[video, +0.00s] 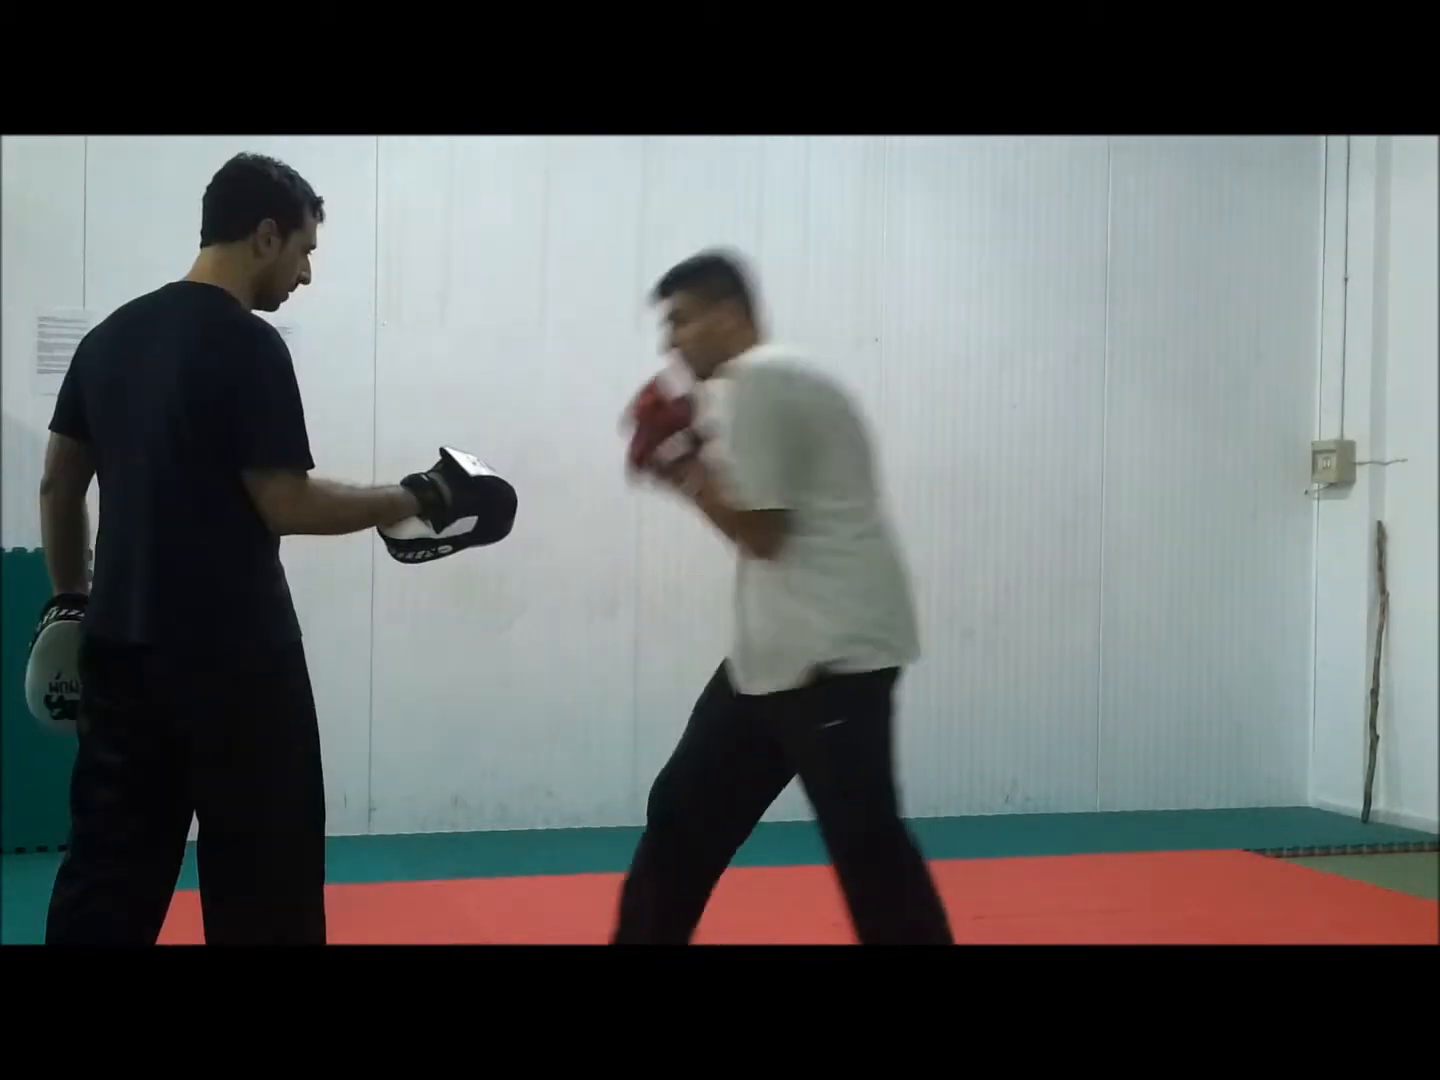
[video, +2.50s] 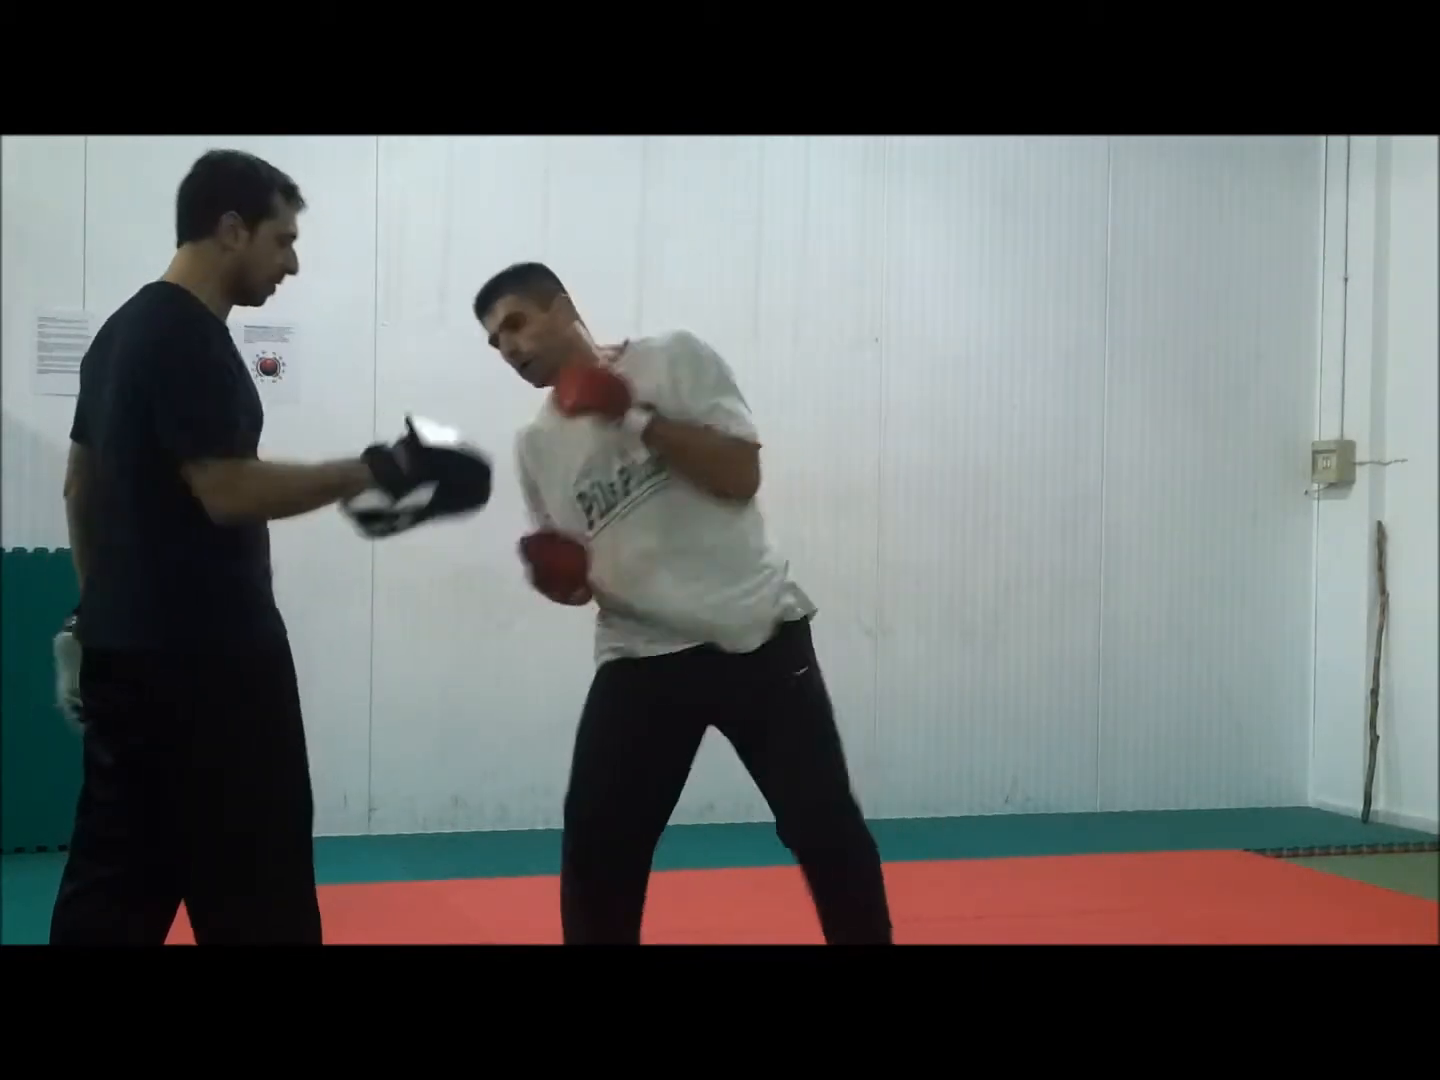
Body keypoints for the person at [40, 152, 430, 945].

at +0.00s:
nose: (306, 272)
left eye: (311, 252)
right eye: (306, 249)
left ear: (216, 233)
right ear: (266, 235)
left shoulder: (110, 337)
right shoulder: (251, 345)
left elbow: (61, 487)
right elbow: (286, 502)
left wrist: (68, 607)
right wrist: (410, 499)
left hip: (122, 654)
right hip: (239, 657)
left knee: (106, 882)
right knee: (267, 888)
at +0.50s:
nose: (279, 254)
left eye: (279, 233)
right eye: (271, 230)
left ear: (205, 224)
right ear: (222, 221)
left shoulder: (108, 335)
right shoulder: (221, 333)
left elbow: (70, 495)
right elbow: (314, 449)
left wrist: (71, 613)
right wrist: (385, 341)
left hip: (120, 651)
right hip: (229, 655)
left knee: (107, 877)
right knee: (267, 883)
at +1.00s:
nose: (291, 267)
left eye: (293, 247)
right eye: (287, 244)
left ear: (225, 233)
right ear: (241, 233)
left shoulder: (108, 336)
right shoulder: (212, 347)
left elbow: (78, 491)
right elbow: (248, 500)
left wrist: (127, 581)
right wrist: (386, 480)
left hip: (118, 641)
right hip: (219, 648)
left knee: (111, 866)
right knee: (257, 869)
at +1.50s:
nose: (310, 270)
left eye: (314, 250)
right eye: (308, 246)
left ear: (218, 232)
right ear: (263, 233)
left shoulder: (108, 339)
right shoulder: (246, 353)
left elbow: (65, 487)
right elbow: (284, 510)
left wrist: (64, 603)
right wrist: (420, 492)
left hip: (122, 656)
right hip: (238, 663)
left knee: (106, 881)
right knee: (267, 888)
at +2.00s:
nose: (304, 269)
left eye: (307, 249)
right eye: (303, 245)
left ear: (212, 230)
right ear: (260, 231)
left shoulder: (107, 338)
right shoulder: (243, 349)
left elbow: (66, 490)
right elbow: (282, 505)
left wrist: (86, 602)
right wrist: (412, 489)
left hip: (123, 661)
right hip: (238, 664)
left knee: (105, 885)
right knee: (268, 891)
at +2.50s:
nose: (293, 262)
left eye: (294, 242)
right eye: (285, 239)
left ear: (223, 231)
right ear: (231, 227)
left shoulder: (120, 332)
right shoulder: (192, 336)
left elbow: (83, 490)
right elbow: (227, 493)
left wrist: (95, 612)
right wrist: (371, 471)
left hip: (127, 654)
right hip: (216, 657)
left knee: (115, 875)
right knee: (259, 885)